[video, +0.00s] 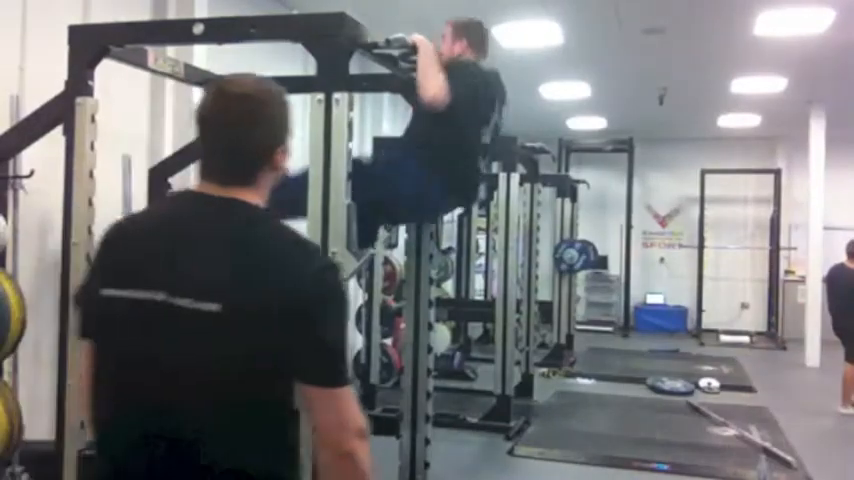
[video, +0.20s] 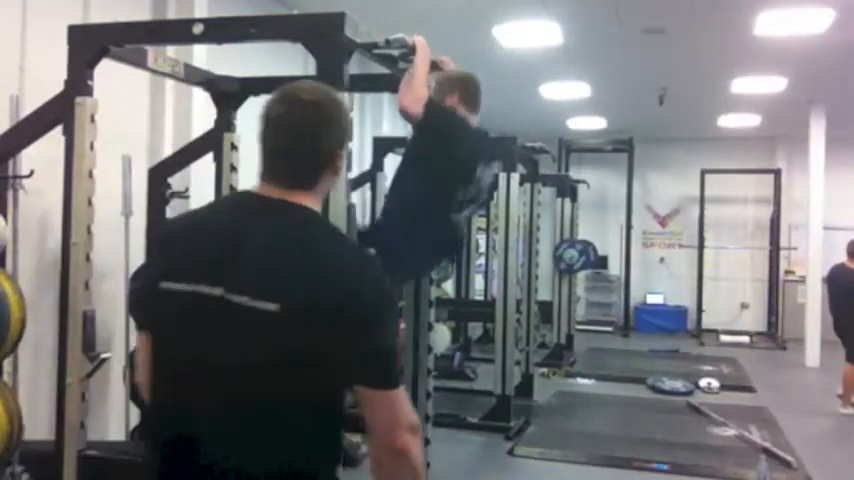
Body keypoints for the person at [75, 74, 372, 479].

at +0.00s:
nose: (289, 154)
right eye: (288, 144)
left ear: (202, 143)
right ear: (279, 157)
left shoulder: (124, 241)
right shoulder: (301, 268)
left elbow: (94, 393)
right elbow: (343, 442)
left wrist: (112, 452)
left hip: (131, 467)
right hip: (251, 467)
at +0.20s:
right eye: (344, 150)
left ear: (263, 147)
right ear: (338, 160)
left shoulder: (177, 238)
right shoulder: (353, 271)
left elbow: (148, 383)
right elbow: (396, 438)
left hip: (184, 466)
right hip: (297, 465)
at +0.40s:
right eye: (375, 157)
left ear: (296, 147)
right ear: (368, 165)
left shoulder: (210, 237)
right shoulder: (377, 274)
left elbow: (170, 372)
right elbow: (421, 435)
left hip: (212, 463)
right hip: (325, 463)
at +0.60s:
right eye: (379, 168)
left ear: (300, 157)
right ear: (371, 173)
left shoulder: (218, 241)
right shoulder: (386, 270)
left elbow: (178, 378)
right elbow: (423, 427)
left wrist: (210, 448)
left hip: (217, 464)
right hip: (329, 466)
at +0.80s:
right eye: (355, 173)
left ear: (284, 166)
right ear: (351, 178)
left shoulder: (208, 252)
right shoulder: (373, 266)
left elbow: (173, 387)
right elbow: (411, 412)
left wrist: (189, 466)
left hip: (222, 466)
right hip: (327, 466)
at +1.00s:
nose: (332, 179)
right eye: (331, 170)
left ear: (262, 170)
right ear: (323, 176)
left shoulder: (195, 257)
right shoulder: (355, 260)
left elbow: (171, 388)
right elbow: (399, 397)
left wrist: (192, 464)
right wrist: (410, 473)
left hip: (221, 466)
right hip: (322, 466)